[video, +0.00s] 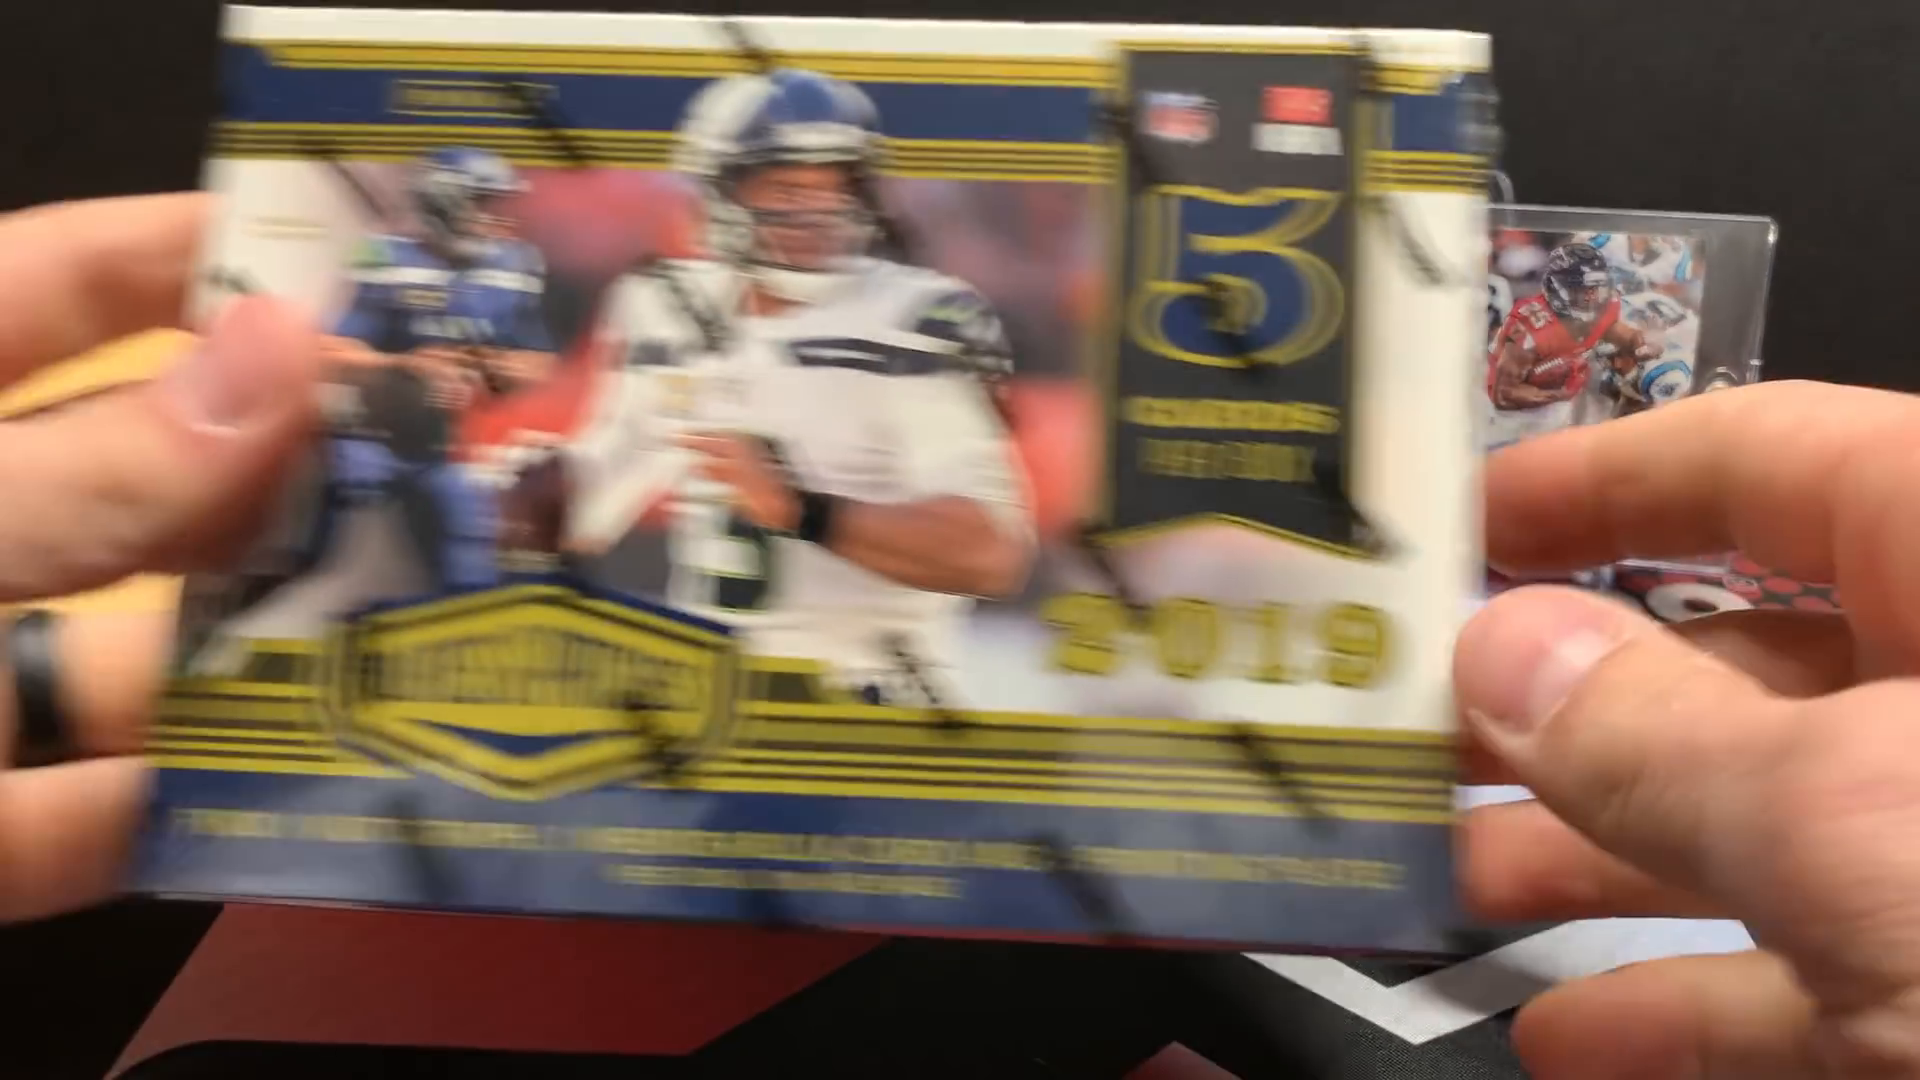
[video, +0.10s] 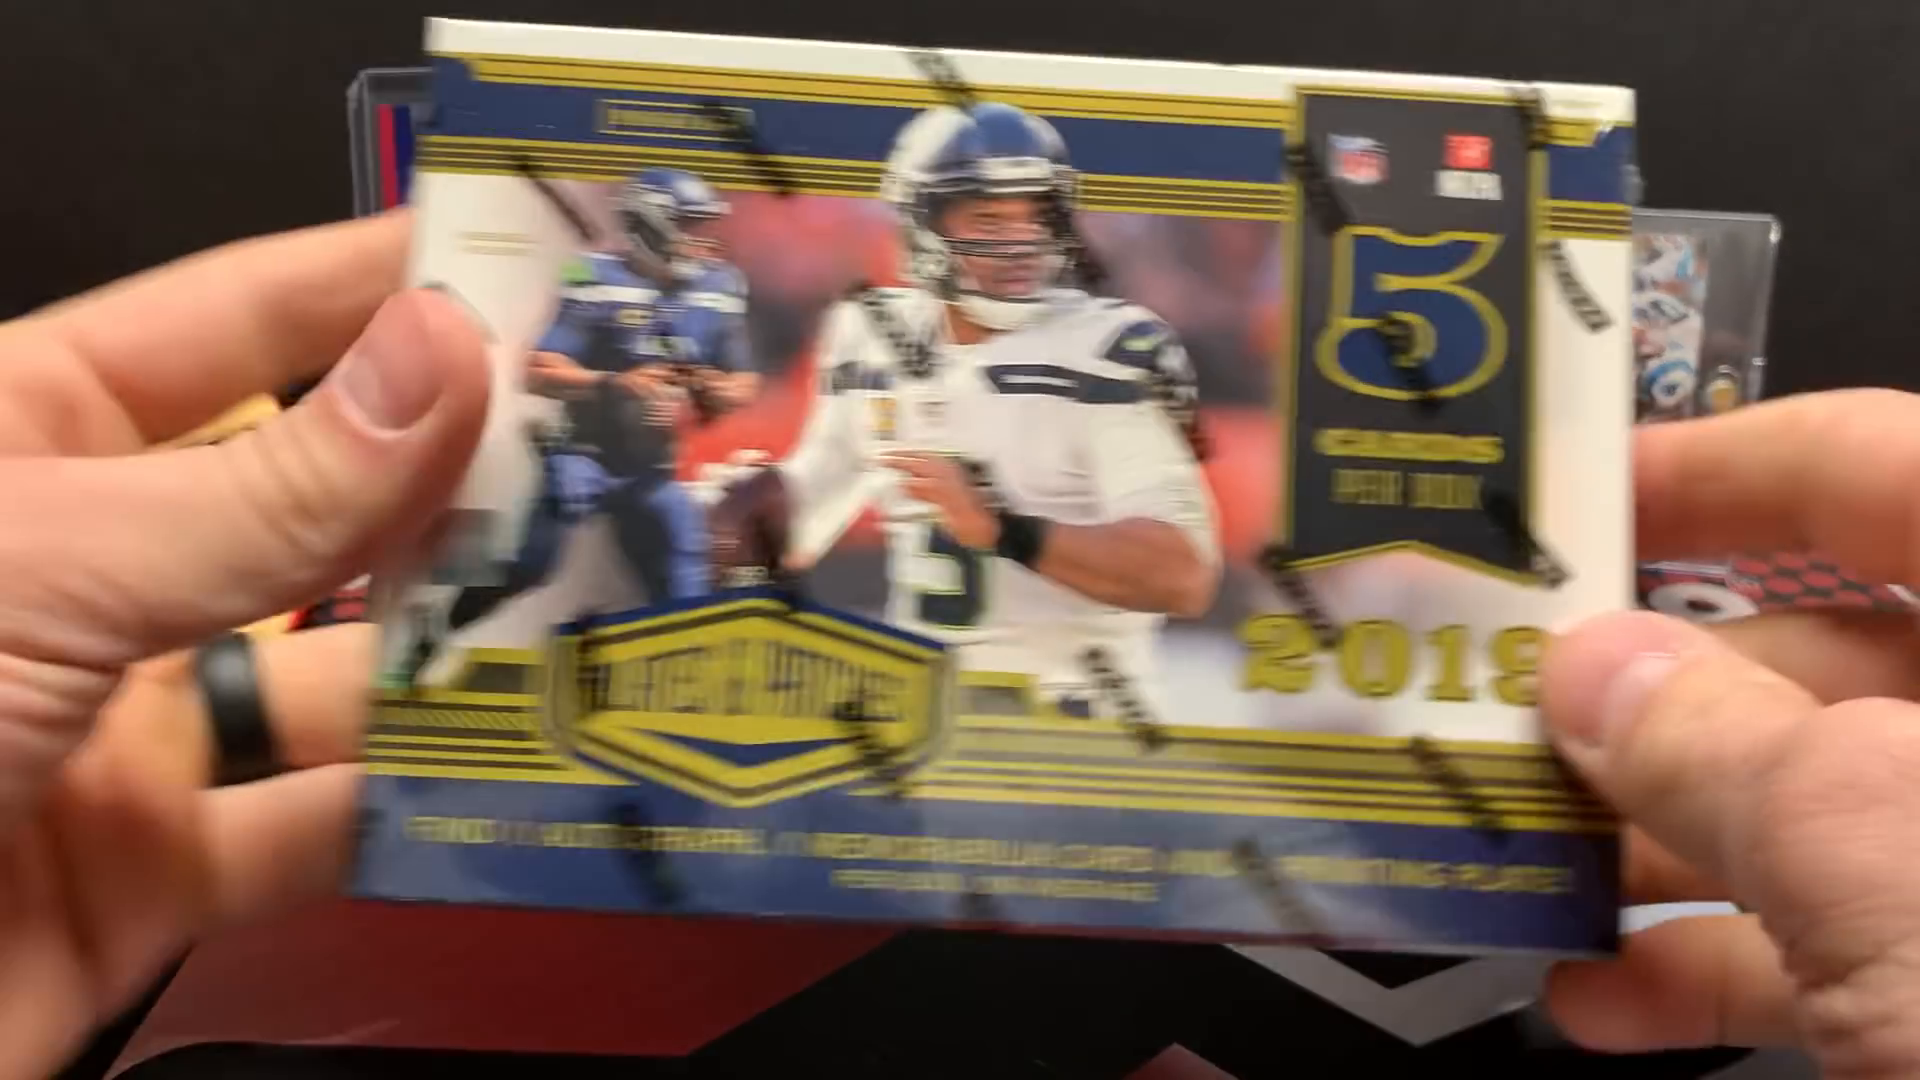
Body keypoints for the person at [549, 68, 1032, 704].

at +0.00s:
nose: (814, 210)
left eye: (835, 185)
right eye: (784, 185)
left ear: (864, 196)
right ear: (724, 192)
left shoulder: (925, 325)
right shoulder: (663, 314)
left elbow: (994, 551)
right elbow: (590, 499)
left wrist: (807, 511)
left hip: (884, 717)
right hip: (709, 702)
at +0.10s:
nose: (1018, 245)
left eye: (1035, 220)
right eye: (987, 223)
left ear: (1060, 226)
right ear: (925, 233)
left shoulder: (1115, 353)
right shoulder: (873, 340)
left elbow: (1184, 574)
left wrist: (1005, 530)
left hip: (1085, 727)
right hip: (923, 713)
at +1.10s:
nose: (993, 208)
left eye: (1006, 185)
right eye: (964, 190)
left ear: (1027, 187)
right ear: (908, 201)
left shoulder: (1079, 296)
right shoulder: (859, 294)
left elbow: (1149, 495)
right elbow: (784, 476)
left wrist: (991, 461)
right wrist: (753, 447)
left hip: (1063, 640)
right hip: (916, 635)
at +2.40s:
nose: (1018, 216)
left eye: (1031, 193)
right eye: (988, 198)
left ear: (1051, 196)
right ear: (929, 209)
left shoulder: (1103, 309)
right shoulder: (880, 305)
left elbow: (1173, 514)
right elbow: (807, 490)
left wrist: (1012, 480)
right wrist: (774, 465)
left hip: (1088, 655)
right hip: (938, 648)